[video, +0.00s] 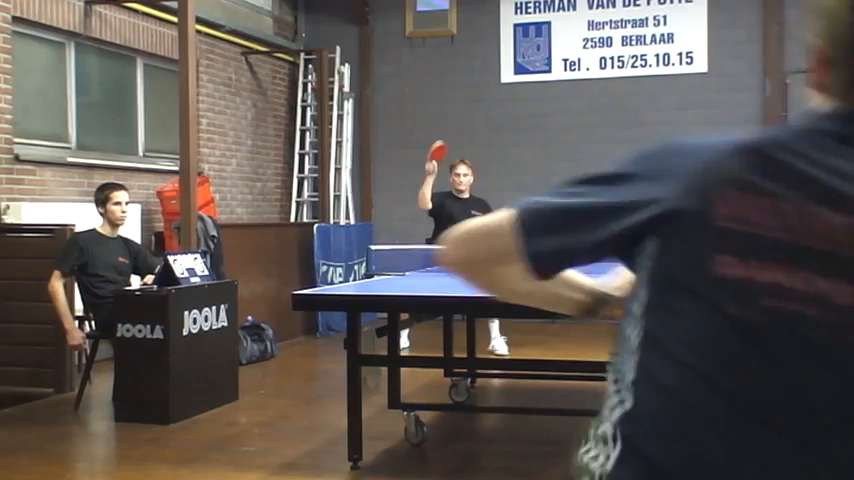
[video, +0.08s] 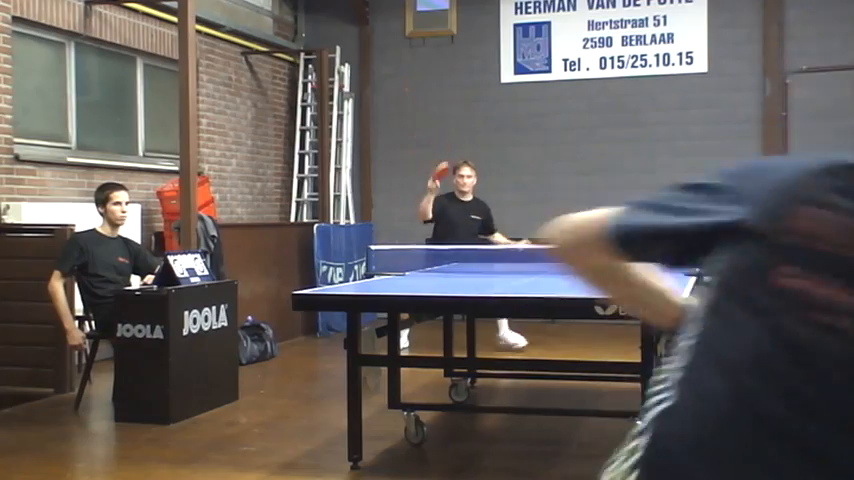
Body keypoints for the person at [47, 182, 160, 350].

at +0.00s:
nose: (124, 209)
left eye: (126, 204)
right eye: (117, 204)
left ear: (129, 206)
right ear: (101, 208)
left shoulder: (129, 246)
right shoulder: (80, 242)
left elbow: (162, 269)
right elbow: (55, 283)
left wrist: (154, 277)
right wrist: (71, 329)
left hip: (135, 314)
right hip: (106, 318)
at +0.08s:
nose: (124, 209)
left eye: (126, 204)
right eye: (117, 204)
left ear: (129, 206)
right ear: (101, 208)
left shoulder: (129, 246)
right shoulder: (80, 242)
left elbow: (163, 269)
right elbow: (55, 283)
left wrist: (154, 277)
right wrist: (71, 329)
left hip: (135, 314)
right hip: (106, 319)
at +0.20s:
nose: (124, 209)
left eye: (126, 204)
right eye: (117, 204)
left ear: (129, 206)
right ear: (101, 208)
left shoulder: (129, 246)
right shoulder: (80, 242)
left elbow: (163, 269)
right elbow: (55, 283)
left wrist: (154, 277)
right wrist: (71, 329)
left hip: (135, 314)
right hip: (107, 319)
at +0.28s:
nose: (123, 209)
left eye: (126, 204)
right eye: (116, 204)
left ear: (129, 206)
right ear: (101, 208)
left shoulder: (129, 246)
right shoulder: (80, 242)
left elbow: (163, 269)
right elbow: (55, 283)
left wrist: (155, 277)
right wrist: (71, 330)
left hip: (135, 315)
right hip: (106, 319)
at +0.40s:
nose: (124, 209)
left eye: (126, 204)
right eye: (117, 203)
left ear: (129, 206)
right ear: (101, 208)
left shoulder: (129, 246)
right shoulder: (80, 242)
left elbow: (163, 269)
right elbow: (55, 283)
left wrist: (154, 277)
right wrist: (71, 329)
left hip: (135, 314)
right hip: (106, 319)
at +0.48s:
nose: (125, 210)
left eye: (127, 204)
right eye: (118, 204)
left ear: (129, 206)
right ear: (102, 208)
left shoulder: (129, 246)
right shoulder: (80, 242)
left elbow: (163, 270)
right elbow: (55, 283)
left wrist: (154, 277)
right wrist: (71, 329)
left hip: (135, 314)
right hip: (106, 319)